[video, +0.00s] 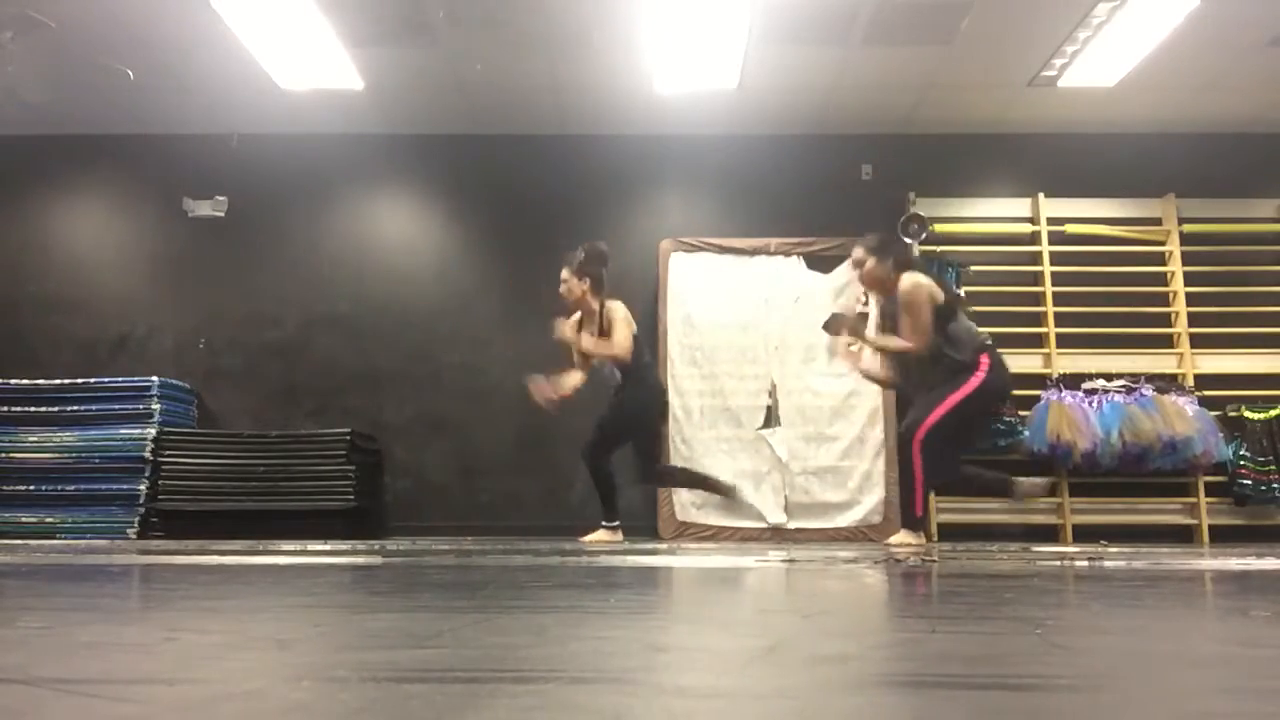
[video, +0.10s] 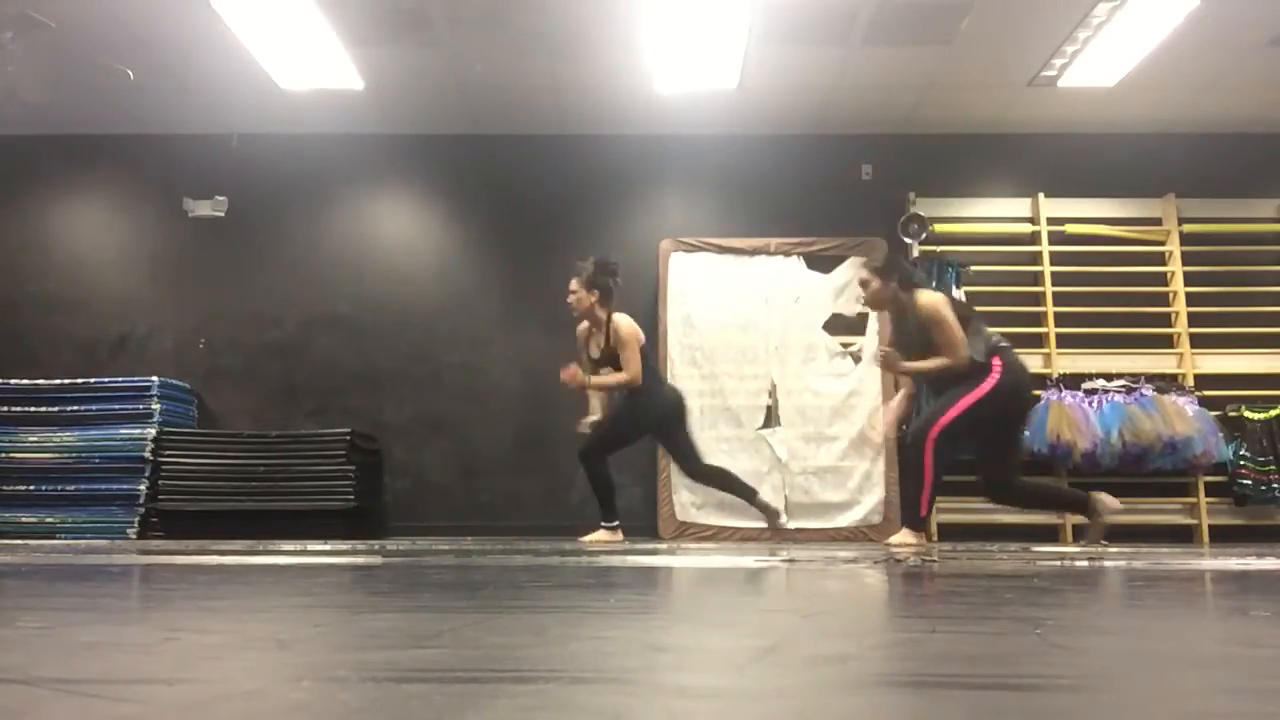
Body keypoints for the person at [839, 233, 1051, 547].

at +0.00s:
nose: (856, 273)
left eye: (860, 264)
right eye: (854, 266)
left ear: (886, 262)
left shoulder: (912, 284)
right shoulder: (887, 305)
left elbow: (918, 344)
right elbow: (900, 375)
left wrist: (864, 336)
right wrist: (861, 362)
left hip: (979, 371)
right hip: (949, 379)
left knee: (916, 433)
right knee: (934, 467)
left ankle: (914, 530)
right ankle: (1018, 489)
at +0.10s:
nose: (861, 293)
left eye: (866, 285)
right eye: (859, 285)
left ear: (890, 282)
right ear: (881, 286)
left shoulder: (929, 303)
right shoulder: (896, 318)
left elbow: (959, 359)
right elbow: (914, 376)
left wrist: (903, 366)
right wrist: (894, 410)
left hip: (998, 372)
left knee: (923, 435)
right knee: (999, 487)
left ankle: (914, 530)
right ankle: (1092, 504)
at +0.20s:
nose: (886, 296)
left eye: (890, 287)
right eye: (885, 288)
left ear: (912, 285)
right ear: (911, 286)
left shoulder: (948, 306)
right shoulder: (921, 317)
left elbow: (976, 364)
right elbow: (922, 367)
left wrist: (934, 364)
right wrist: (911, 417)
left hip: (1023, 372)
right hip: (1044, 375)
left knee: (941, 430)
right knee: (1029, 475)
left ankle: (917, 528)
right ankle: (1115, 520)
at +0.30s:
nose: (919, 282)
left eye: (918, 273)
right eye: (914, 275)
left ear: (935, 263)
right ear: (951, 257)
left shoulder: (956, 300)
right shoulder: (996, 276)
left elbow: (978, 360)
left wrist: (978, 377)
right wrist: (981, 365)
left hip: (1027, 364)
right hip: (1064, 361)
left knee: (950, 428)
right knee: (1046, 458)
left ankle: (921, 523)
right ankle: (1117, 523)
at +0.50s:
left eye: (972, 214)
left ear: (973, 220)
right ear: (1007, 208)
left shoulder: (966, 263)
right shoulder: (1026, 222)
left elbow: (974, 311)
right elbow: (1066, 176)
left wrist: (975, 282)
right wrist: (1055, 170)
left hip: (1022, 354)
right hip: (1065, 346)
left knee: (966, 432)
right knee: (1072, 447)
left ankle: (926, 520)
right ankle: (1120, 527)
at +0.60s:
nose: (1039, 204)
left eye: (1035, 200)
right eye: (1034, 201)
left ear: (988, 212)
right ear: (1026, 208)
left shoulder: (971, 251)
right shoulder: (1040, 228)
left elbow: (972, 280)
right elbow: (1087, 179)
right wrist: (1091, 138)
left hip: (1016, 350)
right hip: (1060, 342)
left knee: (971, 438)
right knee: (1078, 443)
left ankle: (926, 521)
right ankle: (1121, 528)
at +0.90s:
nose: (1027, 222)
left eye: (1024, 217)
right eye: (1024, 217)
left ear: (984, 223)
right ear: (1018, 221)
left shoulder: (965, 255)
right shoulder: (1034, 249)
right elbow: (1096, 210)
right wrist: (1136, 166)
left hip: (1010, 348)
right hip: (1054, 340)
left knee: (970, 439)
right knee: (1070, 439)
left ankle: (923, 522)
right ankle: (1120, 528)